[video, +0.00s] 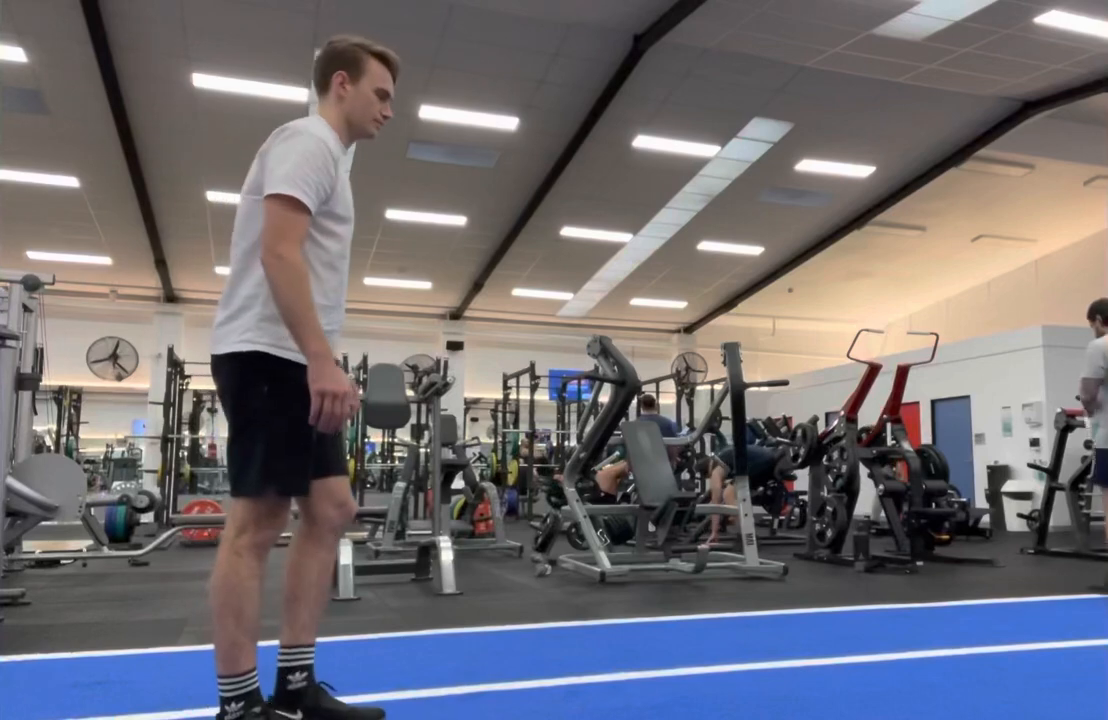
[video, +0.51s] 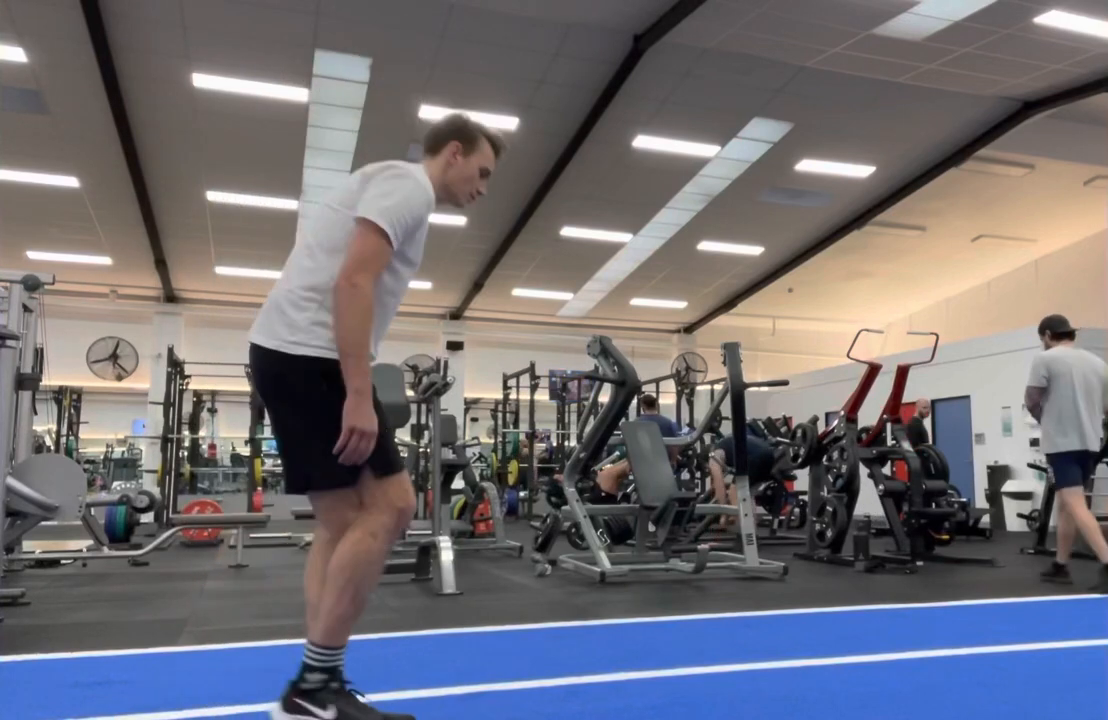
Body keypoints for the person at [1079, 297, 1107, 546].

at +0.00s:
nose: (1091, 329)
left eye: (1091, 324)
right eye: (1091, 324)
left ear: (1100, 321)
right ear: (1103, 320)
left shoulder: (1100, 345)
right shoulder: (1099, 345)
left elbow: (1088, 392)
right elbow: (1089, 392)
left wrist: (1092, 411)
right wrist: (1091, 409)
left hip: (1104, 435)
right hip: (1102, 434)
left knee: (1104, 490)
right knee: (1103, 489)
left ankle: (1105, 541)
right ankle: (1104, 540)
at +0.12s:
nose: (1079, 330)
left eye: (1078, 325)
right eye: (1078, 326)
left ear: (1086, 321)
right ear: (1103, 319)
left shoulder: (1087, 345)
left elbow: (1071, 391)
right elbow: (1072, 391)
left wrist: (1082, 407)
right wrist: (1083, 405)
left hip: (1101, 437)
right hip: (1100, 436)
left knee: (1103, 497)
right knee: (1101, 498)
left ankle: (1107, 553)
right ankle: (1105, 552)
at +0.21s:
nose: (1068, 331)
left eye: (1068, 326)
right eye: (1068, 327)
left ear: (1075, 324)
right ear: (1097, 321)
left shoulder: (1074, 347)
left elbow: (1058, 390)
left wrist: (1074, 410)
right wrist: (1074, 410)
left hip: (1094, 434)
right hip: (1098, 433)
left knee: (1102, 503)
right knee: (1101, 502)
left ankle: (1106, 558)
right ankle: (1103, 556)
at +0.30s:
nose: (1059, 334)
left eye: (1058, 330)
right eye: (1058, 330)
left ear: (1065, 328)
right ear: (1088, 325)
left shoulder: (1062, 351)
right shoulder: (1103, 347)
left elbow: (1047, 393)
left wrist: (1066, 412)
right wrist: (1066, 410)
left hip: (1084, 434)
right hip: (1103, 432)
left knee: (1098, 503)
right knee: (1091, 502)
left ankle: (1102, 565)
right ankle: (1090, 565)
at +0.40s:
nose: (1050, 339)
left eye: (1049, 335)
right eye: (1049, 335)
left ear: (1055, 333)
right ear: (1080, 331)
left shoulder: (1054, 356)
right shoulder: (1101, 354)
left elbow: (1039, 397)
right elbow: (1100, 392)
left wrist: (1058, 418)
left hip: (1071, 438)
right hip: (1102, 436)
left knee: (1093, 505)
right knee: (1081, 503)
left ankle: (1106, 564)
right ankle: (1066, 562)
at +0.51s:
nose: (1041, 343)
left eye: (1041, 339)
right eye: (1041, 339)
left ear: (1047, 336)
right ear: (1072, 335)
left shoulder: (1045, 359)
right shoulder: (1096, 362)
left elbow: (1031, 400)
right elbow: (1103, 401)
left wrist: (1048, 421)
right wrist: (1090, 420)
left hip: (1061, 441)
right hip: (1093, 441)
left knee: (1077, 506)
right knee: (1066, 505)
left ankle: (1105, 562)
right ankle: (1060, 565)